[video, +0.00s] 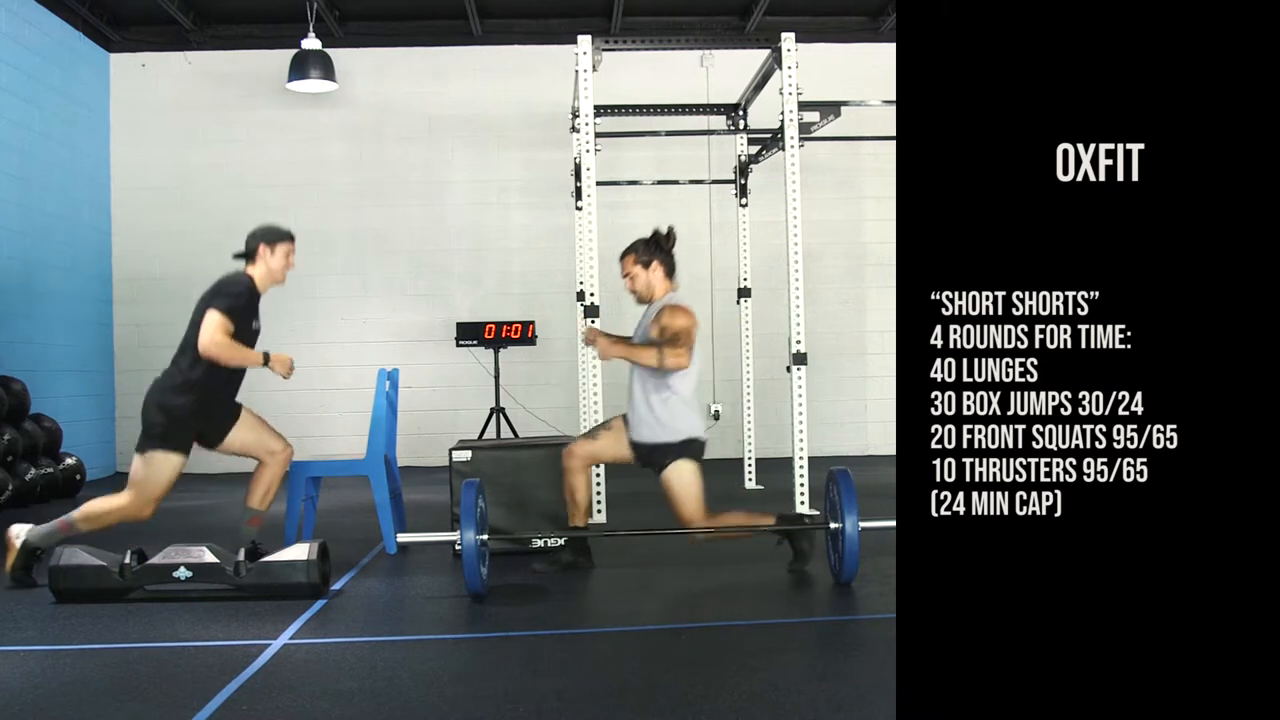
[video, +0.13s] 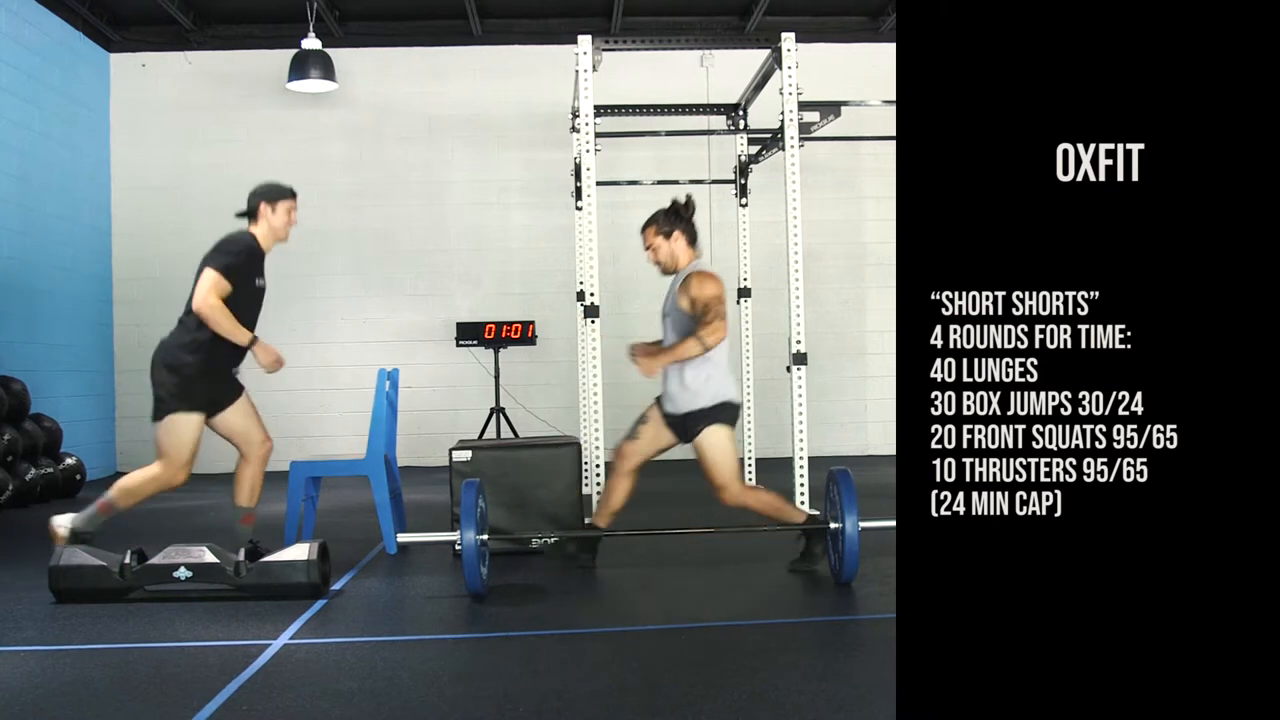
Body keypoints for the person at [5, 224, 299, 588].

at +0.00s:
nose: (292, 262)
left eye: (293, 254)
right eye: (287, 254)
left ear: (267, 255)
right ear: (263, 252)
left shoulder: (248, 296)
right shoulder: (235, 288)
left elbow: (212, 358)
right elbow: (211, 343)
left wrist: (206, 422)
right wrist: (268, 359)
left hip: (211, 407)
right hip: (177, 405)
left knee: (278, 452)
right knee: (139, 504)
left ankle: (246, 548)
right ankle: (31, 539)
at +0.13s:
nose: (294, 221)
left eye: (295, 213)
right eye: (289, 212)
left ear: (269, 213)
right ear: (265, 211)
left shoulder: (253, 256)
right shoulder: (239, 247)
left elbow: (220, 309)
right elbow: (205, 302)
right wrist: (256, 344)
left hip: (212, 372)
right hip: (184, 366)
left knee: (258, 446)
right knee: (172, 471)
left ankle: (243, 548)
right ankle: (79, 526)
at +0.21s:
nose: (293, 199)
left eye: (293, 191)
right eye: (288, 190)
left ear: (271, 192)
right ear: (262, 190)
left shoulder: (256, 238)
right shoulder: (234, 228)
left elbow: (233, 304)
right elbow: (196, 285)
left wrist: (252, 355)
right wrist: (233, 341)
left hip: (215, 348)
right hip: (188, 344)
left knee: (240, 444)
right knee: (200, 452)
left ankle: (241, 548)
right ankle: (121, 532)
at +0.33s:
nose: (286, 187)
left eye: (287, 179)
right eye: (281, 178)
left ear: (265, 180)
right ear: (255, 178)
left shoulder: (263, 231)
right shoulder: (221, 223)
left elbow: (248, 293)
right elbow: (181, 280)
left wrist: (281, 335)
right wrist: (203, 339)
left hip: (227, 348)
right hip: (196, 345)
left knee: (228, 447)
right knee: (220, 444)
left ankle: (234, 541)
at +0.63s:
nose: (281, 198)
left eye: (284, 190)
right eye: (277, 189)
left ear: (262, 188)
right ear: (252, 184)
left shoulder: (254, 232)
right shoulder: (220, 228)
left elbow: (253, 290)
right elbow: (179, 290)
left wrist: (289, 323)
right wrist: (200, 353)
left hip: (219, 351)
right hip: (190, 352)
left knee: (245, 445)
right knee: (225, 451)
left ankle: (210, 537)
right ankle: (227, 553)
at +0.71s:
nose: (281, 209)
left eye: (284, 201)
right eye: (277, 199)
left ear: (261, 198)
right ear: (251, 194)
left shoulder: (255, 242)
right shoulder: (215, 238)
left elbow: (256, 298)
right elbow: (168, 297)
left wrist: (284, 329)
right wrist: (193, 357)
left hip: (215, 358)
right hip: (185, 357)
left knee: (226, 454)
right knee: (239, 450)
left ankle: (152, 521)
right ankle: (231, 554)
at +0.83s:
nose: (281, 242)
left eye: (284, 234)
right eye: (277, 232)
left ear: (259, 230)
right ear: (252, 226)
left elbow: (256, 328)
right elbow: (155, 324)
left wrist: (275, 357)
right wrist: (179, 380)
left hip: (205, 385)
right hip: (181, 384)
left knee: (188, 487)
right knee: (255, 454)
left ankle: (101, 520)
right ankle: (235, 555)